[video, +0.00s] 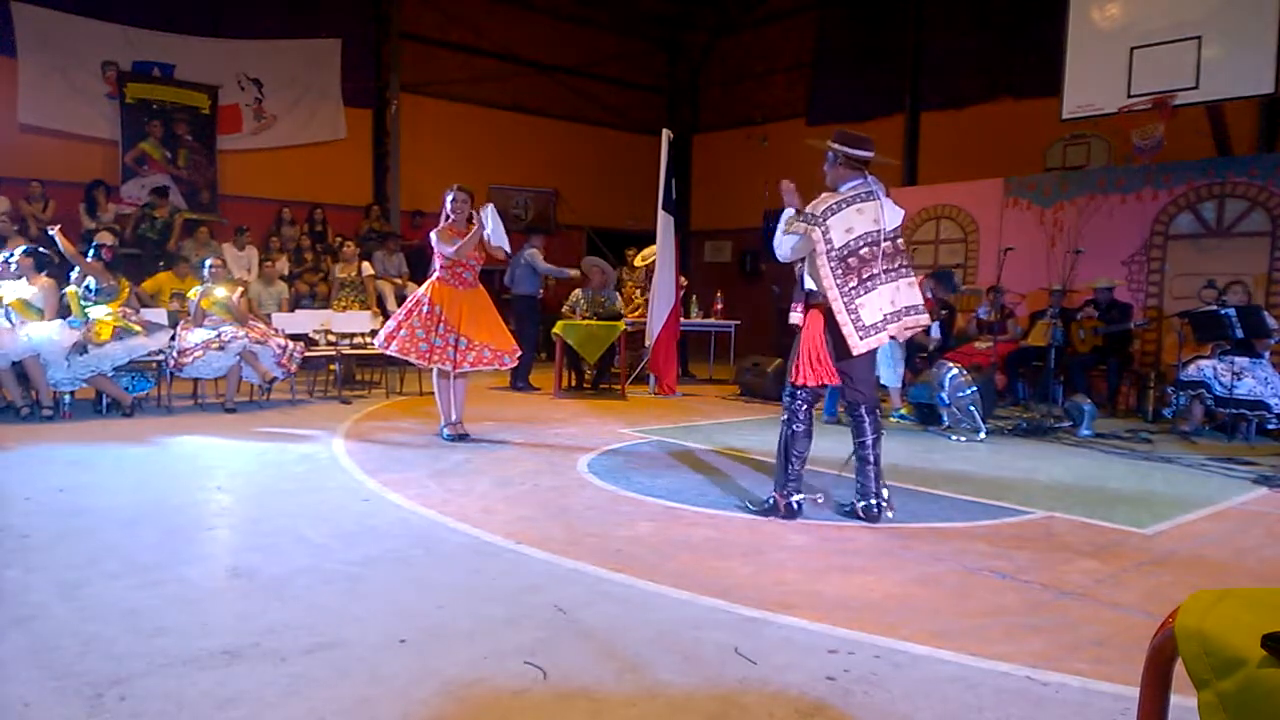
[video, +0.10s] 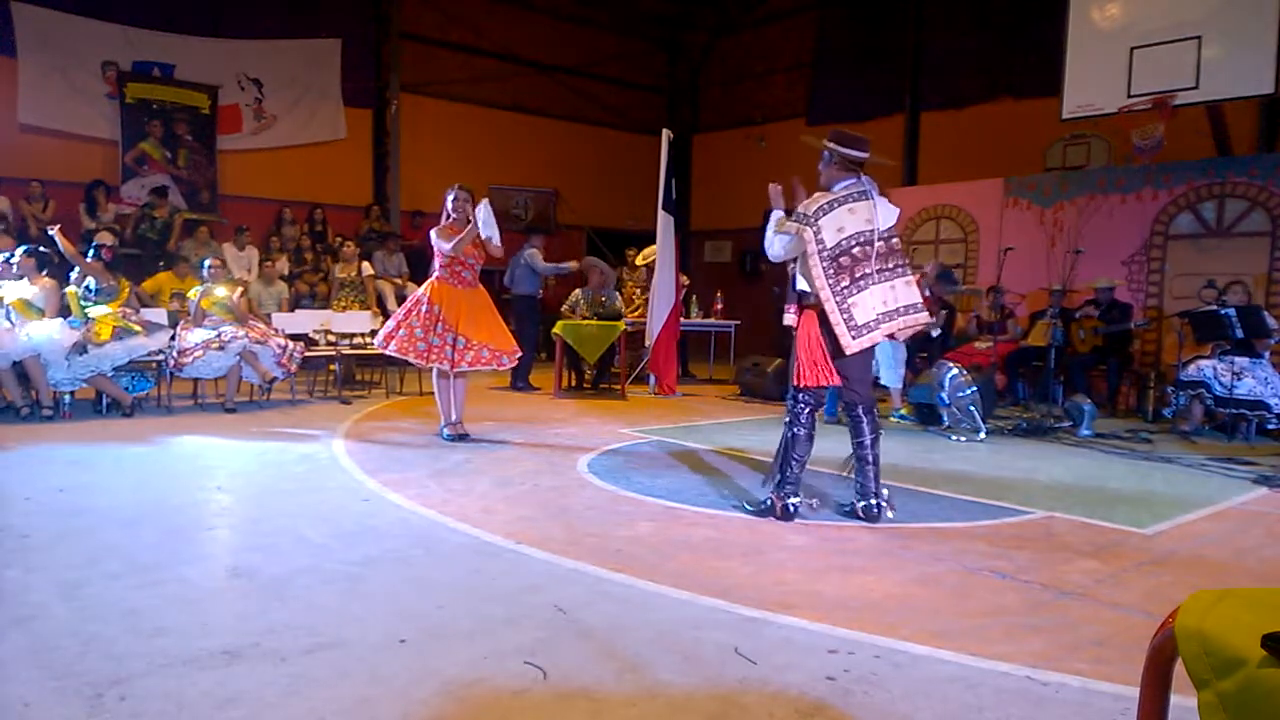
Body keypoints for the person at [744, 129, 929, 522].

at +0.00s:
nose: (823, 167)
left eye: (827, 161)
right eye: (826, 161)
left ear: (839, 165)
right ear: (861, 167)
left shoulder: (825, 208)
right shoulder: (885, 209)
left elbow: (785, 248)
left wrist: (790, 208)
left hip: (821, 317)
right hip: (864, 319)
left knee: (799, 400)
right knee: (863, 404)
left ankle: (787, 494)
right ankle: (871, 498)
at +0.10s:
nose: (819, 166)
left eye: (823, 160)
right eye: (822, 160)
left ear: (834, 165)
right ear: (857, 168)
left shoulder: (817, 208)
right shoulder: (881, 210)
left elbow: (777, 249)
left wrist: (776, 213)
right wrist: (803, 213)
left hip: (817, 317)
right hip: (861, 318)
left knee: (804, 404)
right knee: (861, 405)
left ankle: (786, 494)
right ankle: (870, 498)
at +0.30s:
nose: (804, 163)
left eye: (809, 158)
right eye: (807, 157)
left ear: (819, 164)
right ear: (844, 166)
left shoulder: (799, 208)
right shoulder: (862, 206)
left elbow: (759, 247)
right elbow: (877, 267)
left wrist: (771, 208)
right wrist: (895, 314)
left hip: (799, 318)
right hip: (846, 317)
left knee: (796, 404)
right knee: (845, 404)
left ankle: (784, 495)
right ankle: (868, 496)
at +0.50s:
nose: (786, 165)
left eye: (791, 160)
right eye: (790, 160)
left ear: (800, 166)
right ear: (825, 169)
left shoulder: (779, 210)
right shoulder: (848, 208)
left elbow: (734, 239)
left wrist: (744, 209)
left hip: (788, 320)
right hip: (828, 317)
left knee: (784, 405)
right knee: (823, 395)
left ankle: (782, 497)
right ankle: (852, 474)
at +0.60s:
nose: (780, 166)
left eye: (784, 161)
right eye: (784, 161)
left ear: (791, 167)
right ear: (820, 171)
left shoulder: (768, 210)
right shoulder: (841, 211)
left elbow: (731, 241)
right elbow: (844, 268)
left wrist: (733, 211)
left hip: (779, 321)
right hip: (822, 318)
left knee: (782, 406)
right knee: (817, 393)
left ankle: (782, 495)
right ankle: (834, 475)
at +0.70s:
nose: (774, 167)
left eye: (778, 162)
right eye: (778, 161)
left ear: (784, 168)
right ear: (815, 171)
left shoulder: (766, 210)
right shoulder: (835, 210)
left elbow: (728, 240)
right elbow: (840, 270)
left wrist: (742, 201)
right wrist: (839, 321)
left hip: (775, 320)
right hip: (817, 317)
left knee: (781, 406)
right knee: (810, 401)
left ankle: (782, 495)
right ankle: (810, 486)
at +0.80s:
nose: (770, 167)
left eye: (774, 163)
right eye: (775, 162)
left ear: (781, 169)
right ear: (811, 171)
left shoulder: (761, 210)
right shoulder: (832, 211)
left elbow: (723, 239)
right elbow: (839, 270)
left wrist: (737, 202)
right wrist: (842, 318)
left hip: (772, 320)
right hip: (815, 317)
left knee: (779, 405)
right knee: (801, 404)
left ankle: (783, 495)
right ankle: (791, 489)